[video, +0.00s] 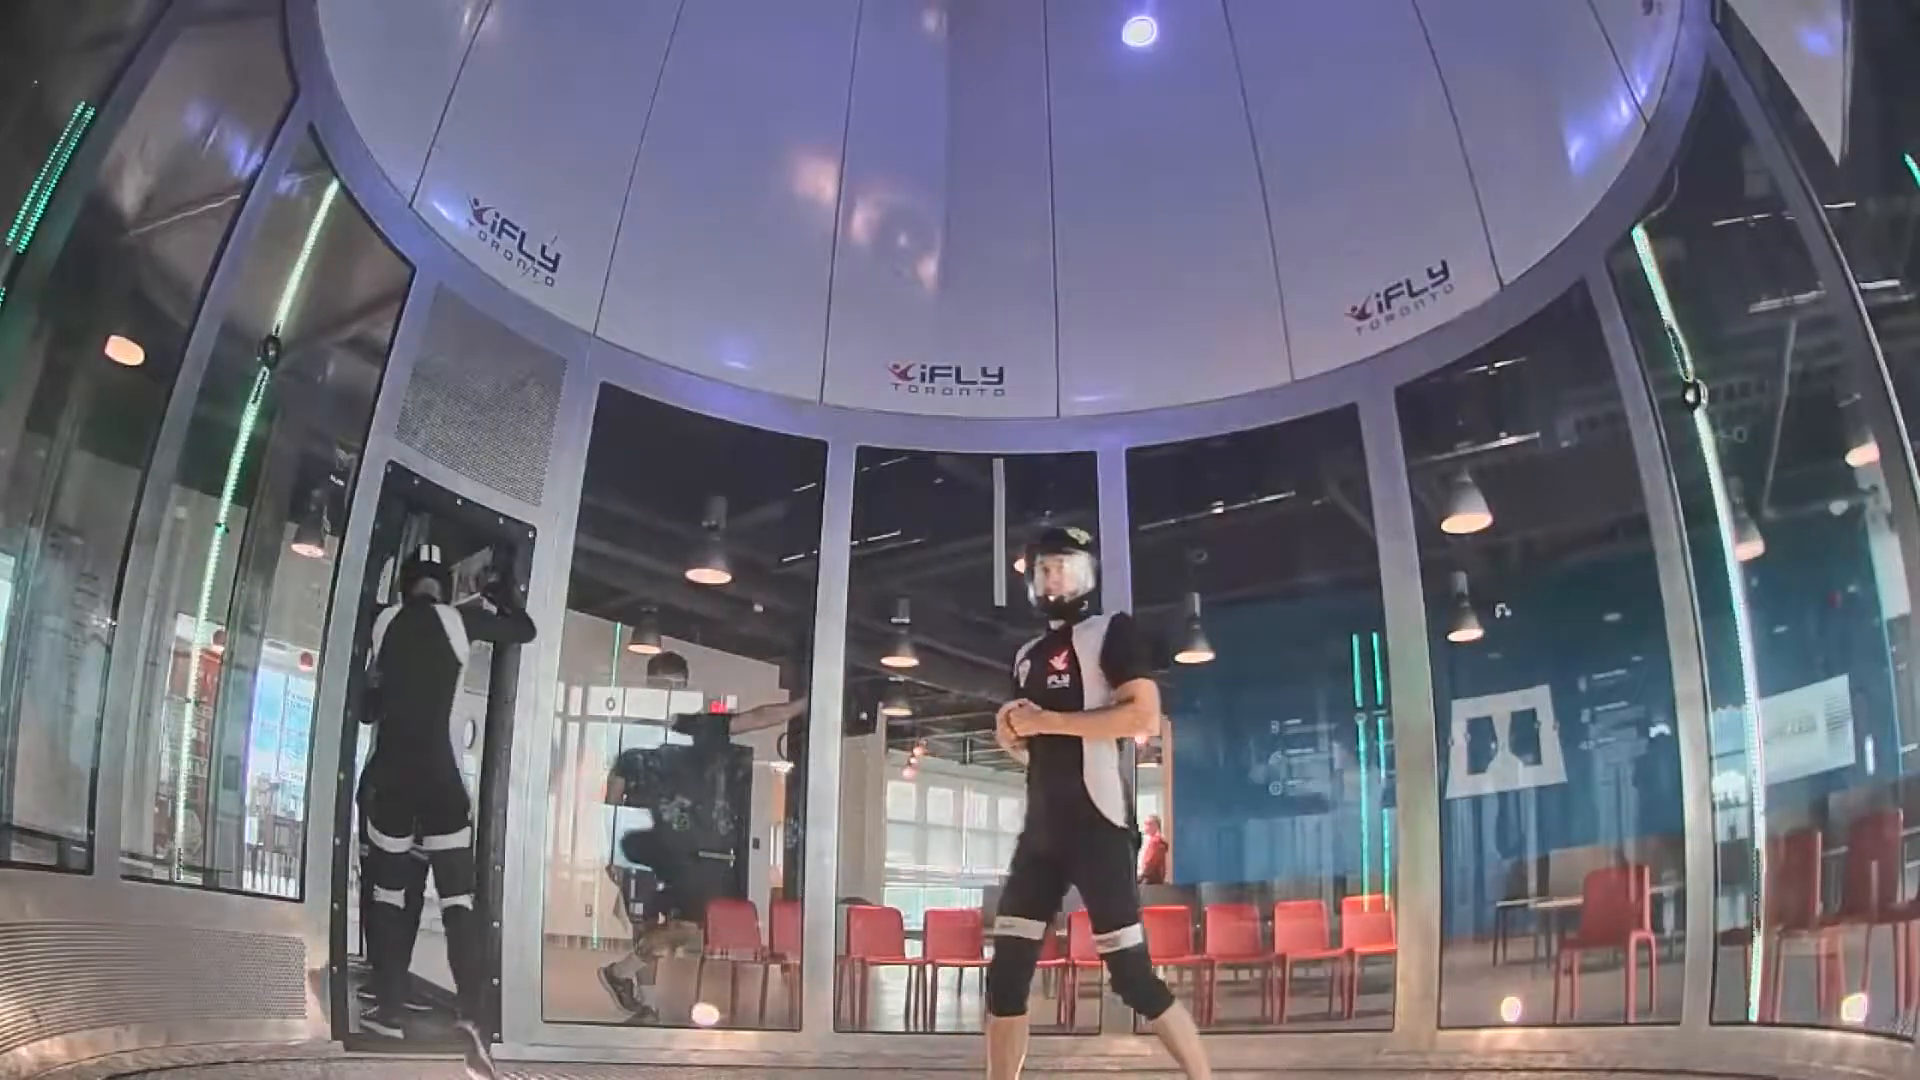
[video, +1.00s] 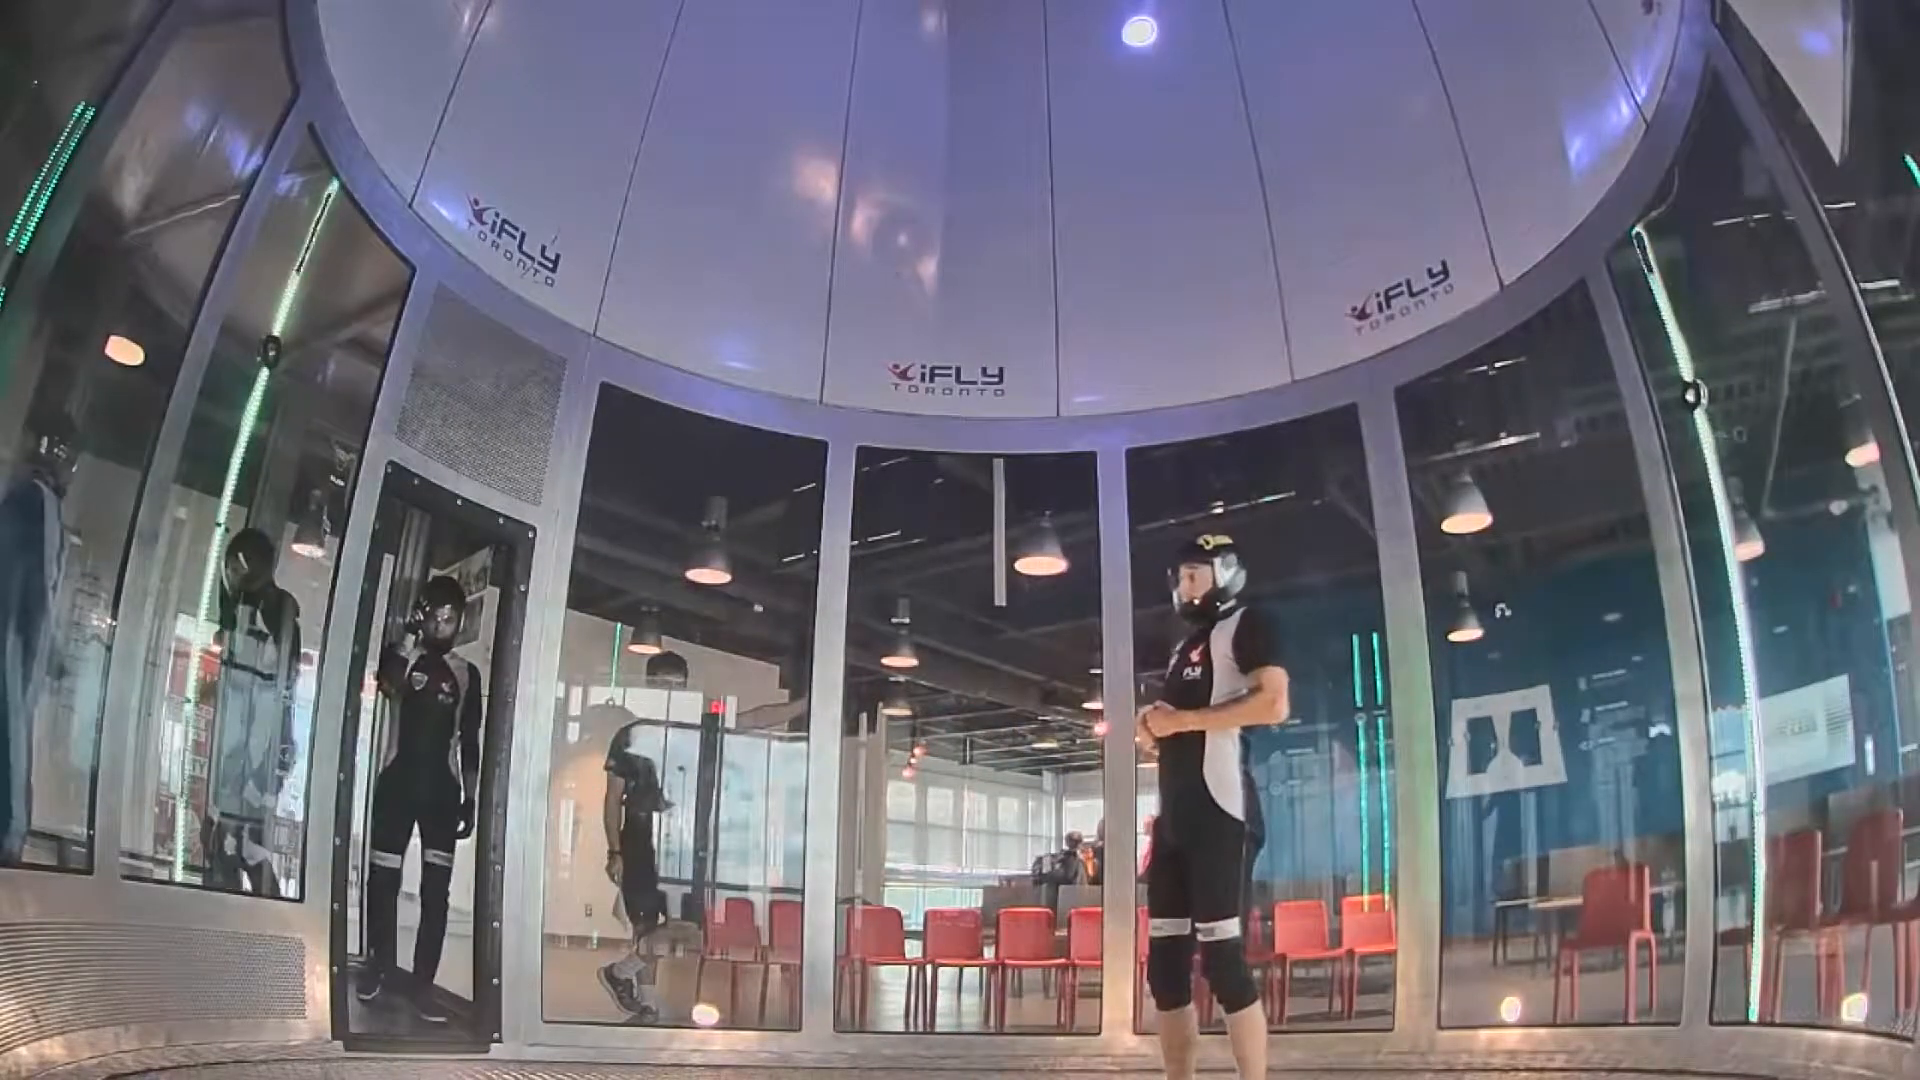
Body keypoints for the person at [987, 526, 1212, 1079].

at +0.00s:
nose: (1055, 579)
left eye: (1066, 567)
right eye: (1046, 569)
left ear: (1090, 572)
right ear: (1034, 577)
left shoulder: (1115, 632)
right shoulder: (1027, 656)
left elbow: (1143, 715)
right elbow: (1034, 753)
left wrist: (1048, 721)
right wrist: (1009, 732)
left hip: (1102, 828)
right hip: (1043, 830)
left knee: (1132, 977)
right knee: (1006, 975)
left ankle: (1203, 1074)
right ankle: (1002, 1079)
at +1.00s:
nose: (1186, 585)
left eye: (1197, 574)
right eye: (1183, 575)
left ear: (1226, 575)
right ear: (1179, 579)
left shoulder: (1252, 622)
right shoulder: (1185, 642)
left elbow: (1274, 703)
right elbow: (1184, 728)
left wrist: (1182, 719)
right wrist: (1149, 733)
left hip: (1224, 812)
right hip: (1175, 813)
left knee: (1223, 961)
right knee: (1166, 965)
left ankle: (1253, 1075)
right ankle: (1179, 1077)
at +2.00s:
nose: (1185, 588)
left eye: (1195, 578)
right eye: (1182, 578)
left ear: (1225, 581)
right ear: (1184, 586)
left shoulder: (1265, 633)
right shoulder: (1178, 654)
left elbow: (1308, 715)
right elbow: (1161, 739)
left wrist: (1218, 718)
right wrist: (1164, 730)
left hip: (1247, 810)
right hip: (1194, 811)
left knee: (1230, 949)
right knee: (1185, 956)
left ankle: (1259, 1075)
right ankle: (1182, 1076)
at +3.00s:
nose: (1340, 593)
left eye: (1350, 582)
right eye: (1330, 584)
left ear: (1370, 588)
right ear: (1318, 595)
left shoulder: (1402, 643)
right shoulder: (1307, 665)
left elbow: (1448, 718)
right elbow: (1296, 756)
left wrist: (1375, 739)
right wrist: (1308, 750)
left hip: (1388, 821)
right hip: (1329, 822)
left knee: (1384, 962)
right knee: (1290, 949)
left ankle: (1391, 1064)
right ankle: (1266, 1071)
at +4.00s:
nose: (1279, 571)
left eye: (1286, 560)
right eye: (1268, 566)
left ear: (1308, 569)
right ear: (1258, 587)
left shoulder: (1360, 631)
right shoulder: (1264, 641)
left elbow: (1385, 595)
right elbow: (1291, 592)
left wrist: (1361, 495)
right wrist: (1314, 495)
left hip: (1372, 820)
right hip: (1300, 827)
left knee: (1386, 970)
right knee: (1305, 979)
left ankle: (1400, 1058)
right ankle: (1299, 1076)